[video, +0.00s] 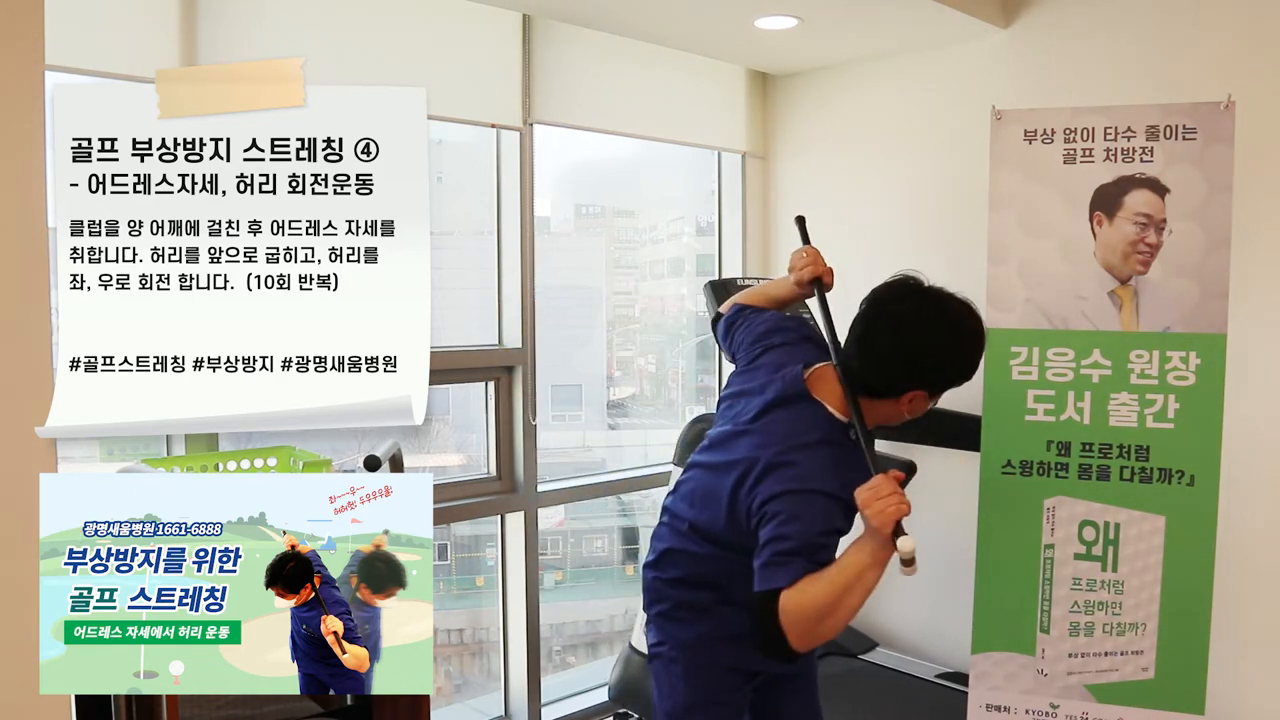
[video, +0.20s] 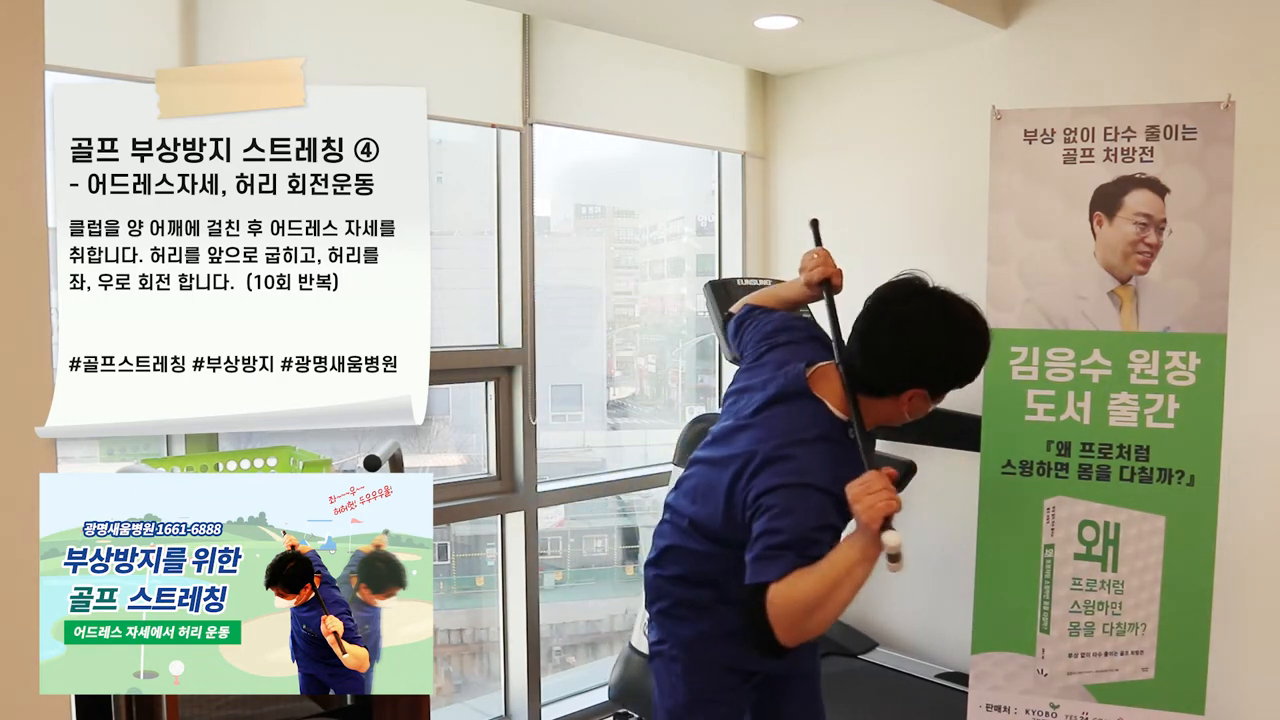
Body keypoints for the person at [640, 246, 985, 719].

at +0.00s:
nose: (933, 402)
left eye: (941, 392)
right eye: (938, 393)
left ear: (860, 334)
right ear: (912, 403)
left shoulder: (786, 344)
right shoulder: (810, 478)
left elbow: (734, 311)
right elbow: (794, 629)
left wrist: (793, 285)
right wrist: (874, 542)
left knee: (795, 709)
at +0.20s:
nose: (936, 403)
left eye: (944, 393)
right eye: (941, 394)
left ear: (863, 337)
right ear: (912, 402)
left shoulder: (793, 342)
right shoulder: (805, 473)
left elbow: (745, 311)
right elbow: (788, 624)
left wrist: (801, 287)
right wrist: (864, 540)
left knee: (798, 709)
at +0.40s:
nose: (939, 411)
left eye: (944, 400)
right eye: (937, 401)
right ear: (887, 398)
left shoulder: (819, 353)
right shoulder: (760, 438)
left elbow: (800, 322)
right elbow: (702, 587)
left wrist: (853, 304)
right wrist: (791, 518)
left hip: (789, 608)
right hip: (698, 631)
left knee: (797, 709)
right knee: (698, 710)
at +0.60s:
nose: (875, 441)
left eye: (888, 431)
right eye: (869, 425)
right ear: (827, 388)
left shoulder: (852, 412)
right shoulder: (720, 408)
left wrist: (920, 360)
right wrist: (667, 437)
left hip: (794, 628)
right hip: (690, 630)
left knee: (802, 711)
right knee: (679, 710)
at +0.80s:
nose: (800, 454)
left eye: (819, 442)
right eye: (786, 437)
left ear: (845, 417)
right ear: (749, 392)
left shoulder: (866, 427)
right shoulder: (679, 393)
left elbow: (930, 476)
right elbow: (552, 402)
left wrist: (941, 443)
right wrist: (594, 374)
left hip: (789, 624)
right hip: (674, 623)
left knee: (802, 711)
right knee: (670, 710)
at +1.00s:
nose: (710, 449)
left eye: (729, 439)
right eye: (694, 432)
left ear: (764, 421)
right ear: (677, 396)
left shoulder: (820, 449)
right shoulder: (645, 372)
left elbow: (921, 536)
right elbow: (574, 360)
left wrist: (904, 495)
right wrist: (579, 338)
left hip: (775, 626)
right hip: (660, 613)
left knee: (794, 712)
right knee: (658, 712)